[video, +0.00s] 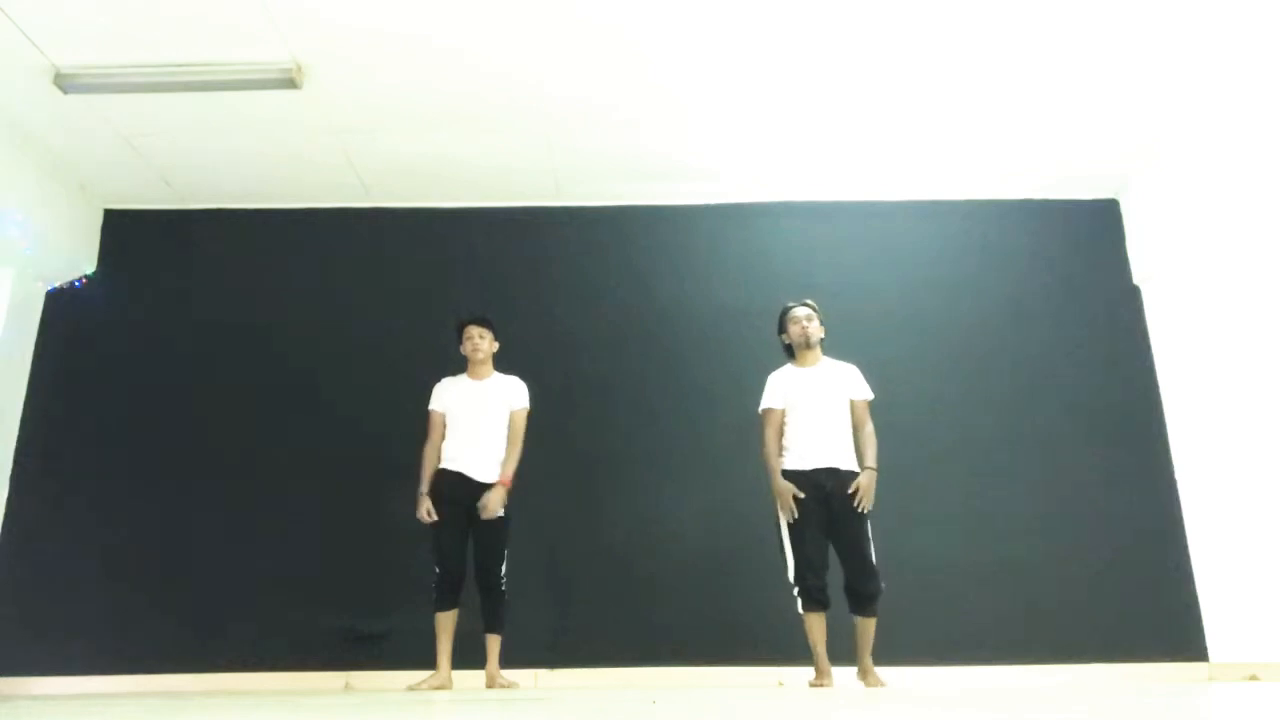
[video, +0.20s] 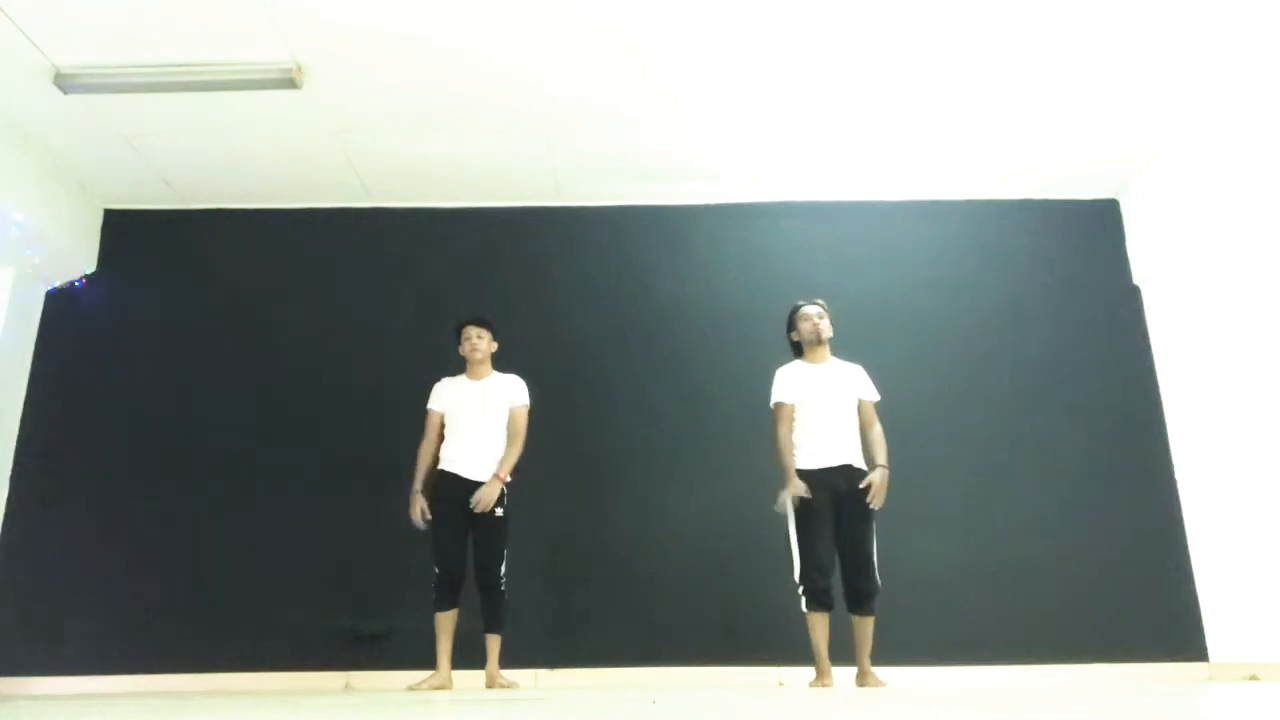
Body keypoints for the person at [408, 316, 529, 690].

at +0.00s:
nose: (475, 343)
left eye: (482, 338)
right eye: (469, 339)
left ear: (495, 346)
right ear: (461, 348)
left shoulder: (513, 387)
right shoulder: (445, 387)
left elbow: (515, 442)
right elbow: (433, 441)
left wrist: (501, 487)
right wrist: (424, 490)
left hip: (491, 489)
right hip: (449, 486)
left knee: (492, 578)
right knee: (448, 576)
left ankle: (493, 671)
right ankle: (443, 672)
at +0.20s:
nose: (473, 343)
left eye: (480, 338)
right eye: (467, 339)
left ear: (494, 346)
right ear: (459, 347)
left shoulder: (512, 385)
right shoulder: (444, 387)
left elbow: (517, 439)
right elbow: (430, 440)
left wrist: (497, 482)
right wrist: (417, 489)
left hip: (492, 489)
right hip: (448, 487)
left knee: (491, 578)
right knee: (447, 576)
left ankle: (493, 672)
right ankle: (442, 672)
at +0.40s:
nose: (473, 343)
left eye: (480, 338)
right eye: (467, 339)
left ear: (494, 346)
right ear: (460, 348)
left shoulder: (512, 386)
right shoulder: (445, 385)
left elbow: (518, 440)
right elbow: (430, 440)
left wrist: (512, 491)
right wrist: (422, 491)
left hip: (493, 491)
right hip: (448, 489)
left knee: (491, 578)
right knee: (446, 576)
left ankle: (493, 672)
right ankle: (442, 672)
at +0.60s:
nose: (474, 341)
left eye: (481, 336)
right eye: (468, 337)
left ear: (495, 346)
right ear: (461, 348)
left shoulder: (513, 386)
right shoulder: (444, 386)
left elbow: (524, 442)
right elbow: (428, 443)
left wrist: (513, 491)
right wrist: (414, 492)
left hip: (492, 491)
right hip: (447, 489)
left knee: (490, 579)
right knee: (447, 576)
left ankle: (492, 672)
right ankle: (442, 673)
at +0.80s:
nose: (474, 342)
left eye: (481, 336)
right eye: (468, 337)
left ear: (495, 345)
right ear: (460, 347)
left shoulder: (513, 387)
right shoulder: (444, 386)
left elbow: (519, 443)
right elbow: (433, 443)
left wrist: (516, 492)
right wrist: (426, 494)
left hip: (492, 491)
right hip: (448, 490)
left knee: (490, 579)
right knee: (447, 577)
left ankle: (493, 672)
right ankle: (442, 672)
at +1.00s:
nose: (473, 343)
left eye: (480, 337)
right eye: (468, 338)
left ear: (494, 345)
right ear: (460, 348)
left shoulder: (513, 386)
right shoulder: (444, 388)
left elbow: (519, 445)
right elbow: (431, 444)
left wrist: (515, 493)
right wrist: (421, 494)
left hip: (492, 492)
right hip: (448, 490)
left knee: (491, 579)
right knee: (446, 577)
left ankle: (493, 672)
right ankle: (442, 672)